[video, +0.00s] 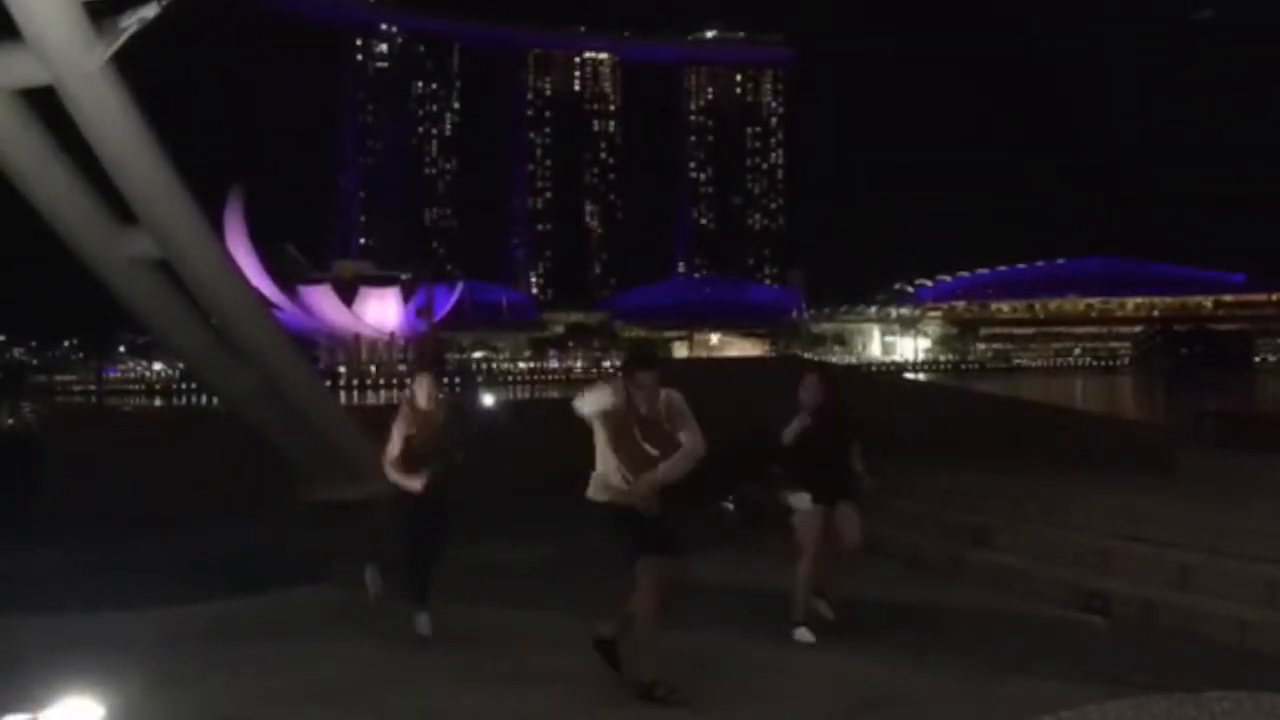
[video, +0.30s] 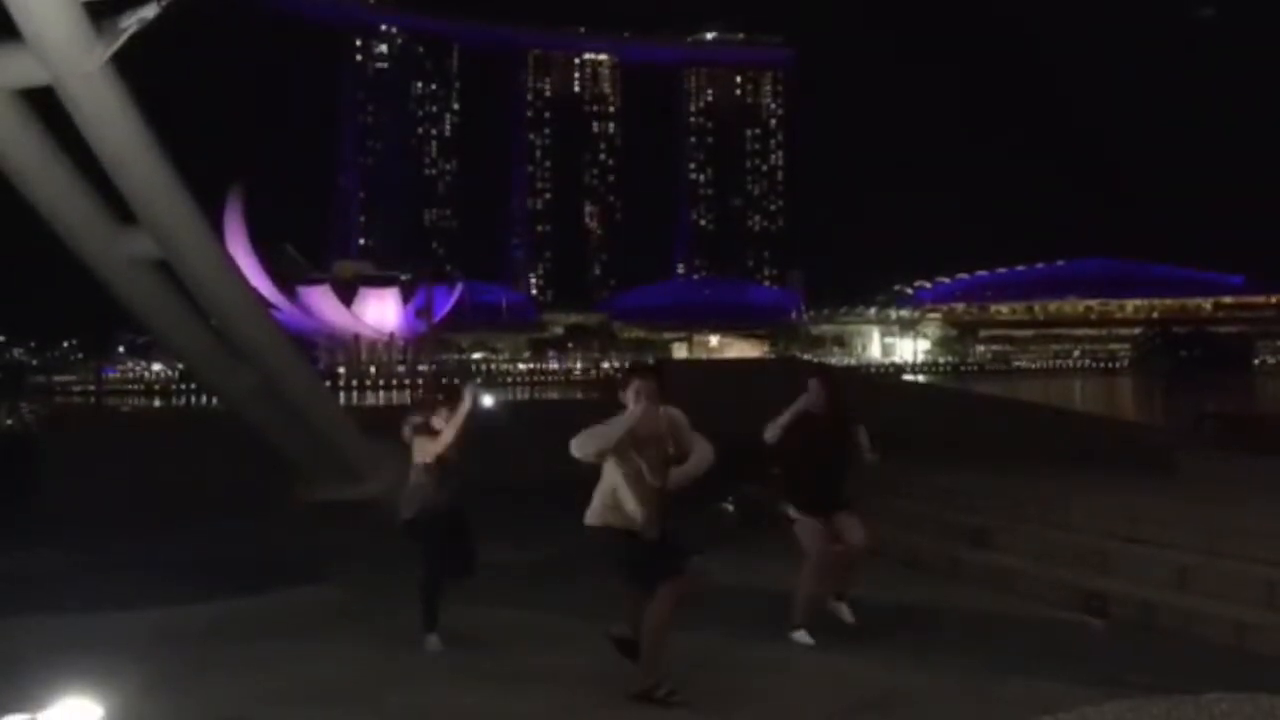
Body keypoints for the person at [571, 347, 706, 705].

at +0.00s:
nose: (646, 393)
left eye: (652, 385)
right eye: (638, 386)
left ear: (660, 382)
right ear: (625, 383)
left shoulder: (671, 402)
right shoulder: (610, 403)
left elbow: (694, 446)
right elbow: (585, 405)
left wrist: (655, 478)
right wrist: (611, 395)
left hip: (652, 501)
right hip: (612, 502)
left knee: (668, 573)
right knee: (647, 576)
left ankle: (615, 634)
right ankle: (645, 676)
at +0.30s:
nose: (643, 402)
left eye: (650, 395)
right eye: (637, 395)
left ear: (659, 396)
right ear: (624, 396)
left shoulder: (671, 420)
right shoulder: (616, 426)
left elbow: (704, 452)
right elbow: (579, 448)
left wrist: (678, 475)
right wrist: (629, 421)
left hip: (653, 522)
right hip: (616, 523)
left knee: (645, 590)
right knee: (667, 583)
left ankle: (633, 637)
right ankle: (650, 682)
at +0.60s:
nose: (624, 416)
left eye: (630, 409)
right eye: (619, 409)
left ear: (642, 409)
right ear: (611, 410)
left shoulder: (660, 438)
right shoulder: (594, 436)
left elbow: (711, 469)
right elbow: (561, 488)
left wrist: (690, 493)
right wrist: (601, 479)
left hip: (633, 525)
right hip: (590, 524)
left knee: (617, 593)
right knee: (572, 582)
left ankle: (604, 664)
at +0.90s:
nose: (598, 398)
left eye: (604, 389)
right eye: (592, 391)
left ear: (620, 389)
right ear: (586, 393)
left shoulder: (645, 416)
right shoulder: (579, 420)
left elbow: (693, 445)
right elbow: (556, 473)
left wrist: (656, 469)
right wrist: (592, 463)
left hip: (633, 503)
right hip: (593, 509)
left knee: (614, 564)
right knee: (589, 579)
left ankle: (595, 648)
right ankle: (620, 640)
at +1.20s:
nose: (591, 403)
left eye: (598, 396)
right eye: (587, 397)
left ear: (612, 398)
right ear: (580, 400)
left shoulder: (638, 427)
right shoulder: (575, 433)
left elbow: (682, 456)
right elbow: (549, 483)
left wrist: (665, 492)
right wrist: (580, 477)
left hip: (638, 509)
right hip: (604, 515)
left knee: (631, 559)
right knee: (608, 581)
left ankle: (642, 643)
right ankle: (624, 643)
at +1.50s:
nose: (629, 371)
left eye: (636, 365)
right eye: (623, 365)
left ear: (648, 372)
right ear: (614, 371)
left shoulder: (664, 407)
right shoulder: (598, 411)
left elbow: (676, 454)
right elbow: (568, 449)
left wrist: (686, 492)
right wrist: (541, 482)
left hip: (657, 504)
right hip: (615, 508)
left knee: (654, 575)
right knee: (614, 578)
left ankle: (651, 654)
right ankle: (611, 640)